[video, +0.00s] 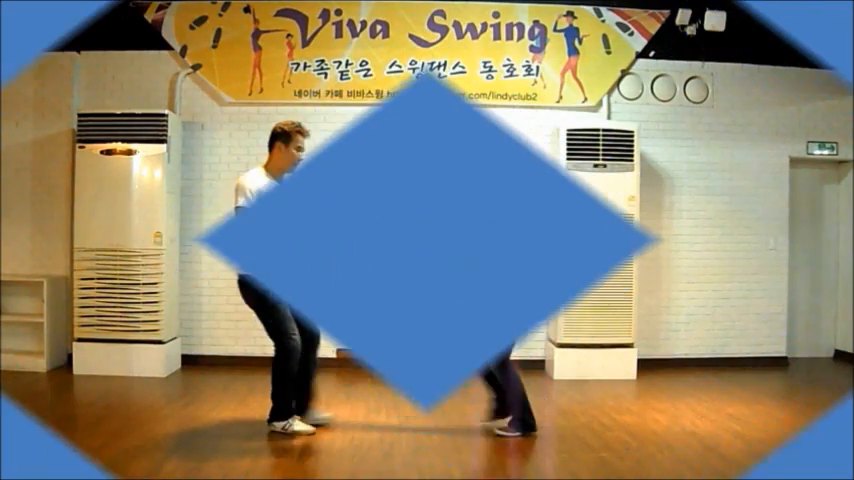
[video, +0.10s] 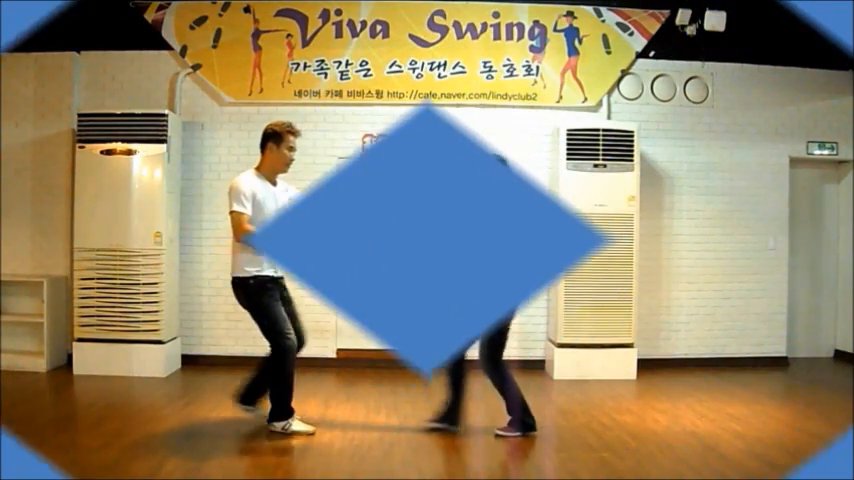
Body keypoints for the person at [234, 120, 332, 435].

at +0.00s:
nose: (300, 156)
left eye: (302, 150)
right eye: (297, 149)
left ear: (284, 150)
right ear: (278, 147)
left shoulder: (292, 184)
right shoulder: (248, 183)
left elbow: (302, 226)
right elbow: (248, 234)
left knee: (311, 334)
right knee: (288, 339)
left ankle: (302, 408)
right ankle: (280, 416)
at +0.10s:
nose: (293, 157)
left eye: (294, 151)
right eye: (289, 149)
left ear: (277, 151)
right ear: (269, 148)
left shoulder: (287, 191)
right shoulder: (243, 185)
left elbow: (307, 222)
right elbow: (241, 231)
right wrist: (280, 244)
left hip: (275, 278)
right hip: (250, 280)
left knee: (296, 340)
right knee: (285, 341)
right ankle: (280, 417)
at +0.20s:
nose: (285, 158)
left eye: (286, 151)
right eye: (281, 151)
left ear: (270, 152)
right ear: (260, 150)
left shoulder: (276, 192)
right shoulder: (235, 187)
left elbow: (303, 227)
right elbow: (232, 238)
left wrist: (333, 238)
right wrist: (277, 248)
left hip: (266, 279)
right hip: (244, 281)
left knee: (268, 346)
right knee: (280, 343)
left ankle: (210, 393)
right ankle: (280, 417)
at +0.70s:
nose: (267, 158)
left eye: (268, 152)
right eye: (263, 151)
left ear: (248, 152)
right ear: (243, 150)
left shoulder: (248, 191)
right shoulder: (215, 185)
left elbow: (245, 236)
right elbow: (204, 236)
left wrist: (275, 243)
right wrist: (250, 246)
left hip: (235, 280)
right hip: (212, 280)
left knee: (237, 346)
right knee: (222, 347)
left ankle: (196, 404)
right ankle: (189, 411)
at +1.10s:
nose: (281, 157)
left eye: (281, 150)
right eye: (277, 150)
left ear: (261, 152)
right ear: (258, 151)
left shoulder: (259, 188)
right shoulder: (233, 183)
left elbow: (240, 227)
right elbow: (204, 224)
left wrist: (263, 235)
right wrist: (247, 237)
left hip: (243, 281)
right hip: (223, 280)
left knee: (236, 348)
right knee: (234, 347)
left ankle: (201, 404)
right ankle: (197, 407)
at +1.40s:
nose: (287, 150)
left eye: (286, 144)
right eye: (282, 143)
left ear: (270, 147)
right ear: (263, 146)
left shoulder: (263, 182)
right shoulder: (246, 177)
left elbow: (242, 222)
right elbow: (217, 215)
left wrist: (270, 234)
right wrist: (258, 233)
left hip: (247, 276)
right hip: (228, 276)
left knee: (271, 333)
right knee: (220, 345)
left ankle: (239, 401)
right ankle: (195, 411)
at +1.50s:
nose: (287, 149)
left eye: (286, 143)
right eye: (281, 143)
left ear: (267, 148)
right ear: (263, 147)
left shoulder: (264, 183)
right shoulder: (247, 179)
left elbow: (248, 228)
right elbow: (232, 227)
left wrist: (280, 238)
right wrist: (277, 239)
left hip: (250, 279)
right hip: (230, 278)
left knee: (275, 334)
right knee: (215, 347)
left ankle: (266, 409)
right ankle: (194, 413)